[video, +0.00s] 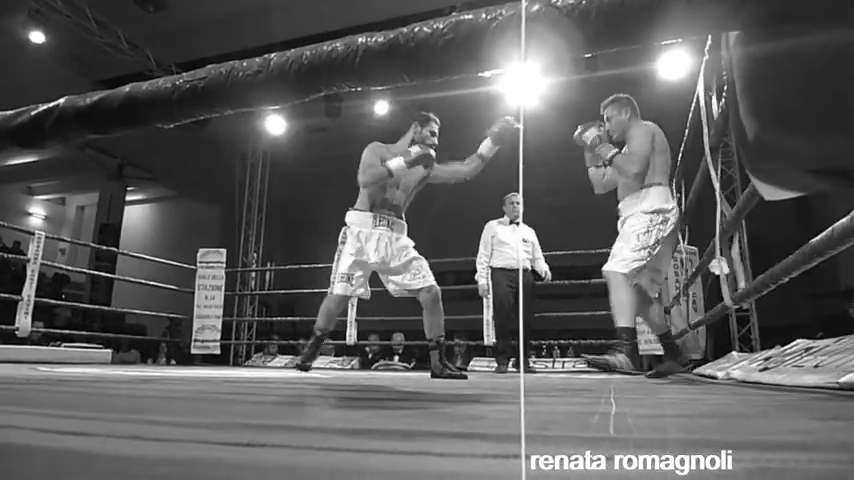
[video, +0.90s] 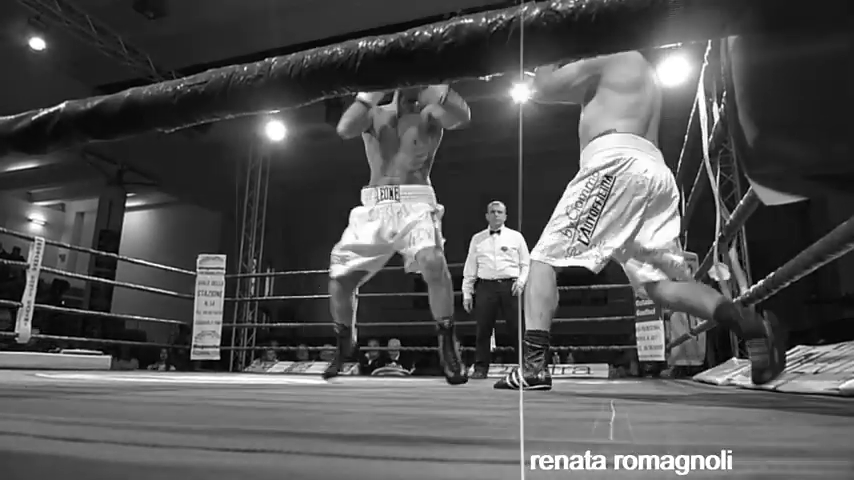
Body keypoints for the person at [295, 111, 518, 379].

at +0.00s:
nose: (435, 141)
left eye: (437, 136)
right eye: (432, 133)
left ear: (431, 138)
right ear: (414, 130)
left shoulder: (425, 169)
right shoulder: (377, 150)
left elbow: (465, 170)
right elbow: (365, 180)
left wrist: (494, 139)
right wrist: (405, 161)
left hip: (396, 238)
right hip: (360, 234)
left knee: (431, 294)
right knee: (339, 295)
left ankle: (438, 362)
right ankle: (312, 348)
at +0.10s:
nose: (428, 131)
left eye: (430, 126)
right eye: (424, 123)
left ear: (419, 126)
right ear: (406, 119)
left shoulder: (418, 159)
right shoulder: (368, 142)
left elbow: (459, 172)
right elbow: (350, 176)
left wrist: (478, 144)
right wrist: (390, 155)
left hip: (392, 232)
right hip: (355, 228)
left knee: (424, 292)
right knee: (329, 290)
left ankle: (437, 361)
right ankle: (295, 348)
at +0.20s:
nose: (405, 116)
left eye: (406, 111)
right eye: (399, 109)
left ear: (400, 117)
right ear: (379, 109)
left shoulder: (402, 155)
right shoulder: (347, 138)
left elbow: (414, 200)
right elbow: (333, 178)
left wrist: (424, 169)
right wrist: (372, 151)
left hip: (382, 227)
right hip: (343, 224)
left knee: (415, 292)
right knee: (311, 292)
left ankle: (436, 357)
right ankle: (279, 352)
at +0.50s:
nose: (382, 105)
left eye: (385, 101)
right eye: (376, 98)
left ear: (384, 111)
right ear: (357, 101)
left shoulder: (382, 146)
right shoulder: (330, 132)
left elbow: (406, 187)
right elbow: (356, 140)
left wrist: (424, 157)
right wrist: (384, 106)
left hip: (377, 227)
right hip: (338, 226)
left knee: (408, 282)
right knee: (310, 303)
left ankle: (425, 359)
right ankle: (272, 359)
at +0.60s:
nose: (385, 104)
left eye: (388, 100)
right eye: (378, 97)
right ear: (361, 101)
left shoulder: (387, 148)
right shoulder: (337, 132)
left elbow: (415, 189)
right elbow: (376, 123)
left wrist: (425, 157)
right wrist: (399, 92)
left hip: (384, 230)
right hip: (343, 231)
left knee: (409, 286)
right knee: (311, 305)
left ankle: (437, 360)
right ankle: (274, 357)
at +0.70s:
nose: (421, 97)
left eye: (423, 92)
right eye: (415, 90)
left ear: (423, 97)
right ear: (393, 93)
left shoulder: (425, 135)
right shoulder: (360, 125)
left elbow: (472, 150)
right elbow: (356, 148)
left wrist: (476, 107)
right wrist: (383, 104)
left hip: (399, 227)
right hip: (355, 224)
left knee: (420, 284)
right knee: (315, 297)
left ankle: (444, 365)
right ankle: (292, 351)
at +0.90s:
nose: (411, 82)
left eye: (416, 77)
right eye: (406, 75)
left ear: (424, 84)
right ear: (395, 82)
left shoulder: (430, 113)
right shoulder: (373, 112)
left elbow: (462, 118)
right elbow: (345, 129)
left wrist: (436, 89)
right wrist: (370, 93)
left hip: (418, 205)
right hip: (375, 206)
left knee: (434, 263)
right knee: (341, 282)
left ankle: (448, 349)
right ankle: (346, 351)